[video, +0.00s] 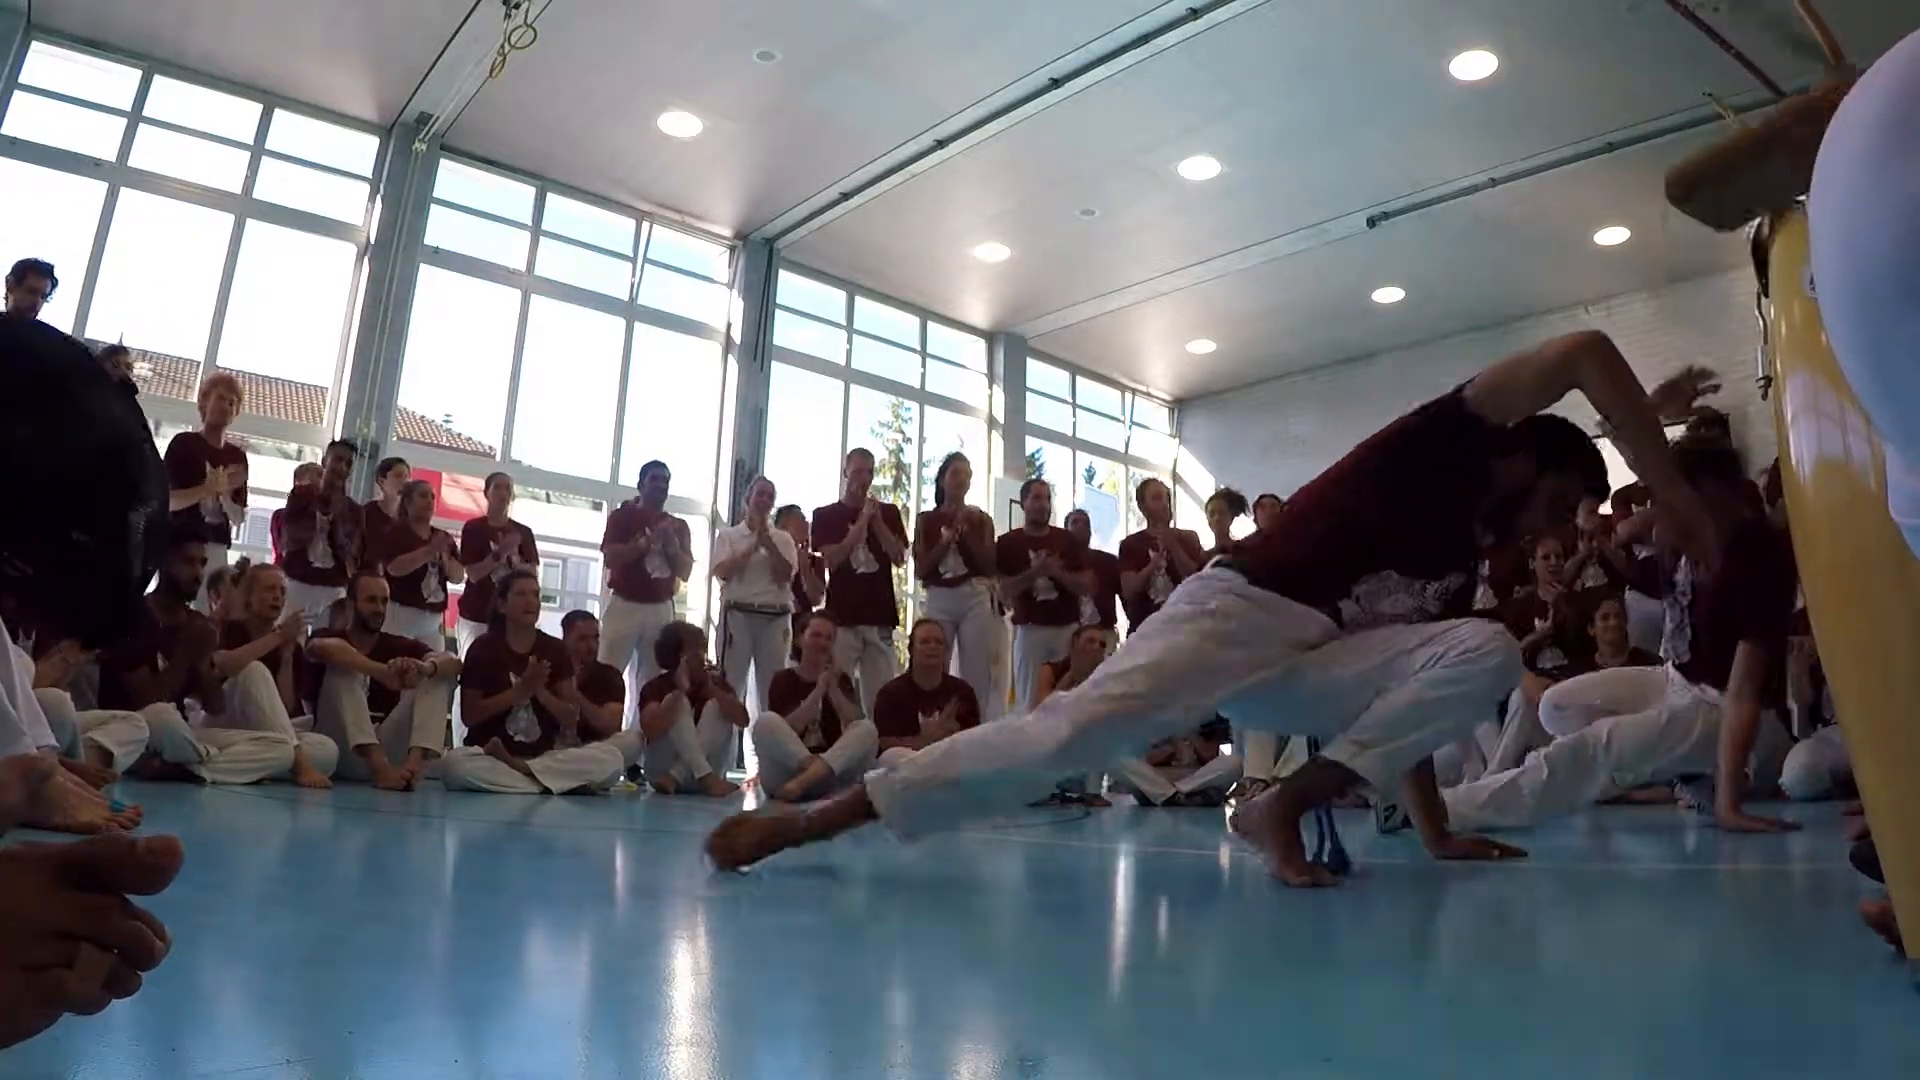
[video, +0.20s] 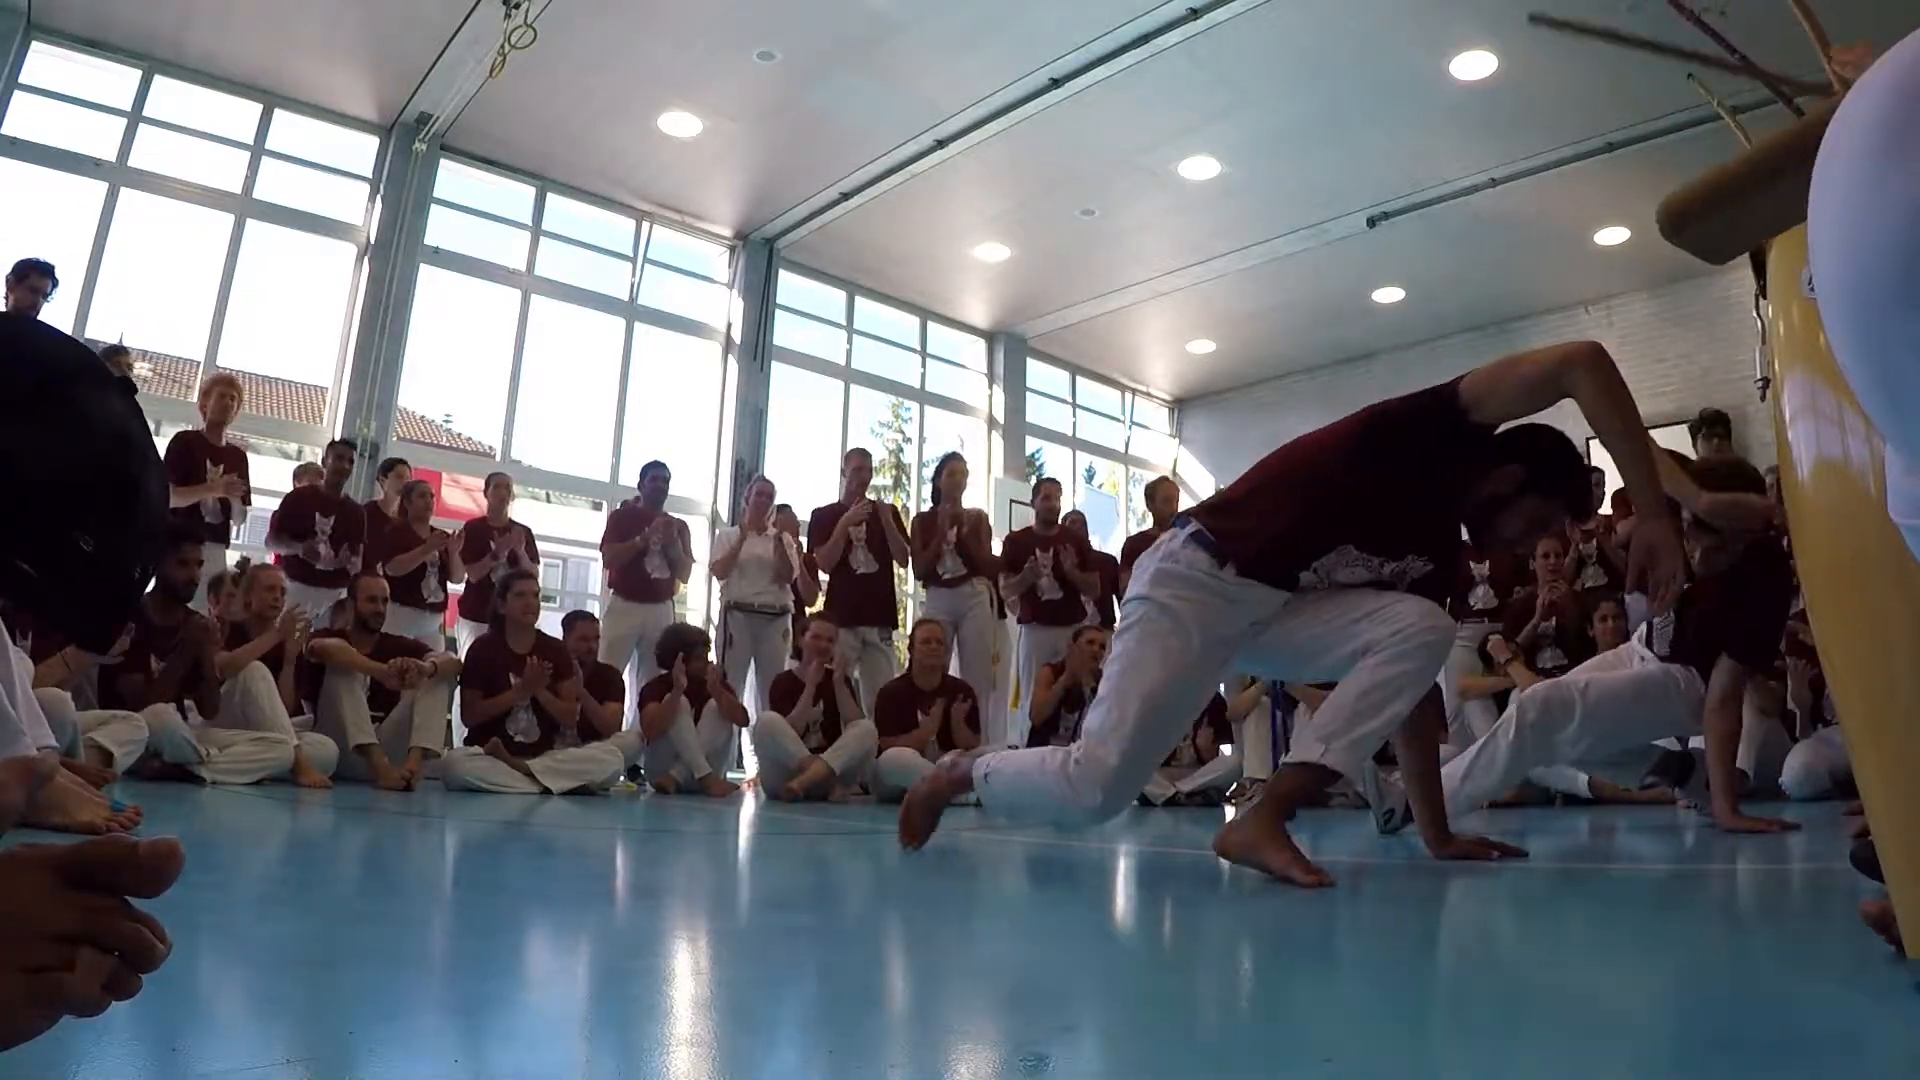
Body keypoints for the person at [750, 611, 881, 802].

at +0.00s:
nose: (822, 643)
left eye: (828, 638)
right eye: (816, 636)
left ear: (833, 644)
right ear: (799, 639)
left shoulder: (841, 680)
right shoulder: (783, 679)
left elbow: (858, 724)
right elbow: (782, 731)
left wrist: (834, 691)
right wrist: (818, 692)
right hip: (787, 775)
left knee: (866, 729)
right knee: (765, 722)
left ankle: (801, 783)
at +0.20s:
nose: (823, 645)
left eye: (830, 641)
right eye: (816, 638)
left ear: (835, 646)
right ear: (800, 640)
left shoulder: (841, 681)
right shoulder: (783, 681)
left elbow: (857, 727)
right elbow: (788, 733)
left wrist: (839, 684)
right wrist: (810, 686)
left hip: (837, 779)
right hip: (788, 778)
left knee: (866, 729)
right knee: (766, 721)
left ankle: (802, 783)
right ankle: (831, 785)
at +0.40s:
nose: (823, 646)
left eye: (830, 641)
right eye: (817, 638)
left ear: (835, 647)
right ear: (801, 640)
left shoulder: (842, 683)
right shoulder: (782, 682)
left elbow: (856, 726)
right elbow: (785, 736)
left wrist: (836, 684)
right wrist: (816, 693)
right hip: (787, 777)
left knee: (865, 729)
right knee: (767, 719)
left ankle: (800, 783)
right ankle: (830, 785)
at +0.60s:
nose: (823, 647)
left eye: (829, 643)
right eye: (817, 639)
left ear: (835, 649)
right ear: (800, 640)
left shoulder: (841, 682)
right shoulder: (782, 682)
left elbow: (856, 727)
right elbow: (784, 737)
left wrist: (839, 694)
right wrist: (813, 693)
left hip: (837, 779)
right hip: (788, 778)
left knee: (864, 728)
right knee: (768, 720)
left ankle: (799, 783)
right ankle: (831, 784)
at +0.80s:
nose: (824, 650)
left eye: (830, 645)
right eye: (819, 642)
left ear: (836, 650)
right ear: (801, 641)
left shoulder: (843, 681)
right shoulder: (784, 682)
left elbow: (856, 724)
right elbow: (784, 735)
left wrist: (829, 683)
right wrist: (817, 692)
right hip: (788, 777)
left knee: (864, 728)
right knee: (769, 718)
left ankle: (799, 783)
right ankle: (832, 784)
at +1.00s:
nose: (818, 649)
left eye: (824, 643)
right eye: (812, 642)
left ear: (831, 645)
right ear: (798, 643)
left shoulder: (842, 674)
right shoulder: (786, 679)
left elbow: (853, 717)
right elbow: (795, 731)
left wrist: (829, 672)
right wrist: (810, 681)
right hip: (789, 775)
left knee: (862, 727)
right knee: (773, 713)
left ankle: (798, 782)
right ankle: (829, 785)